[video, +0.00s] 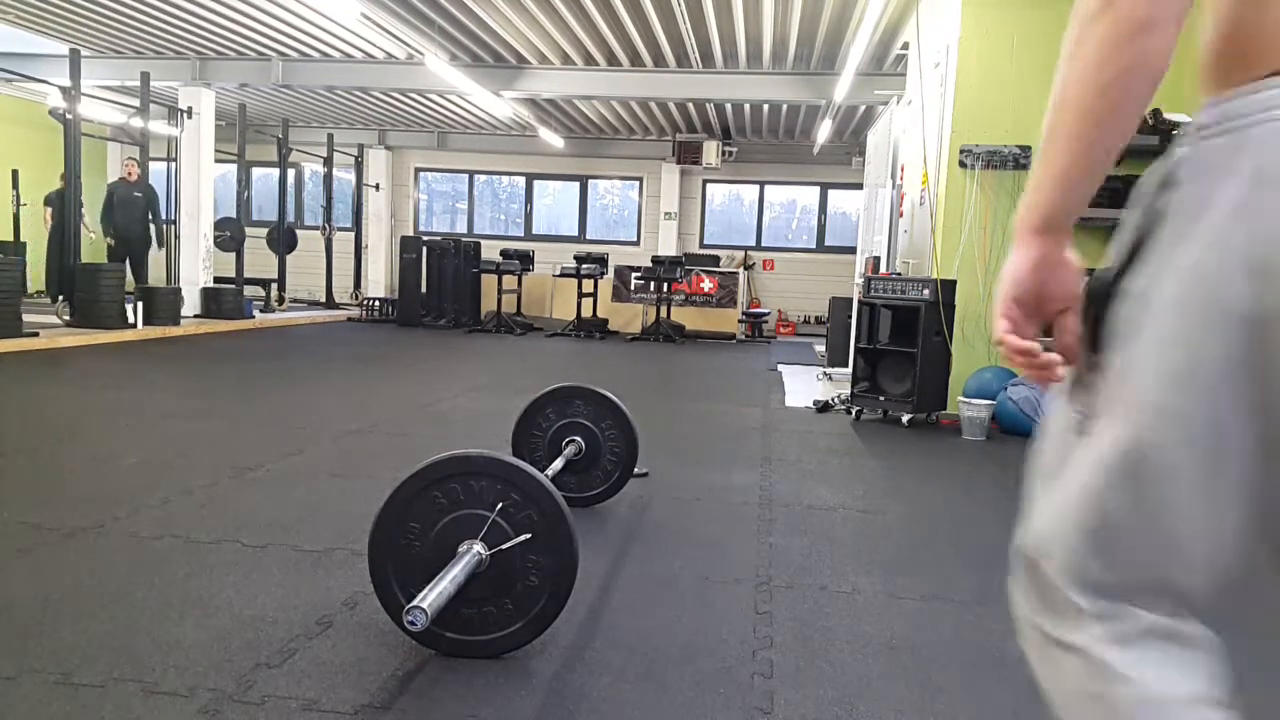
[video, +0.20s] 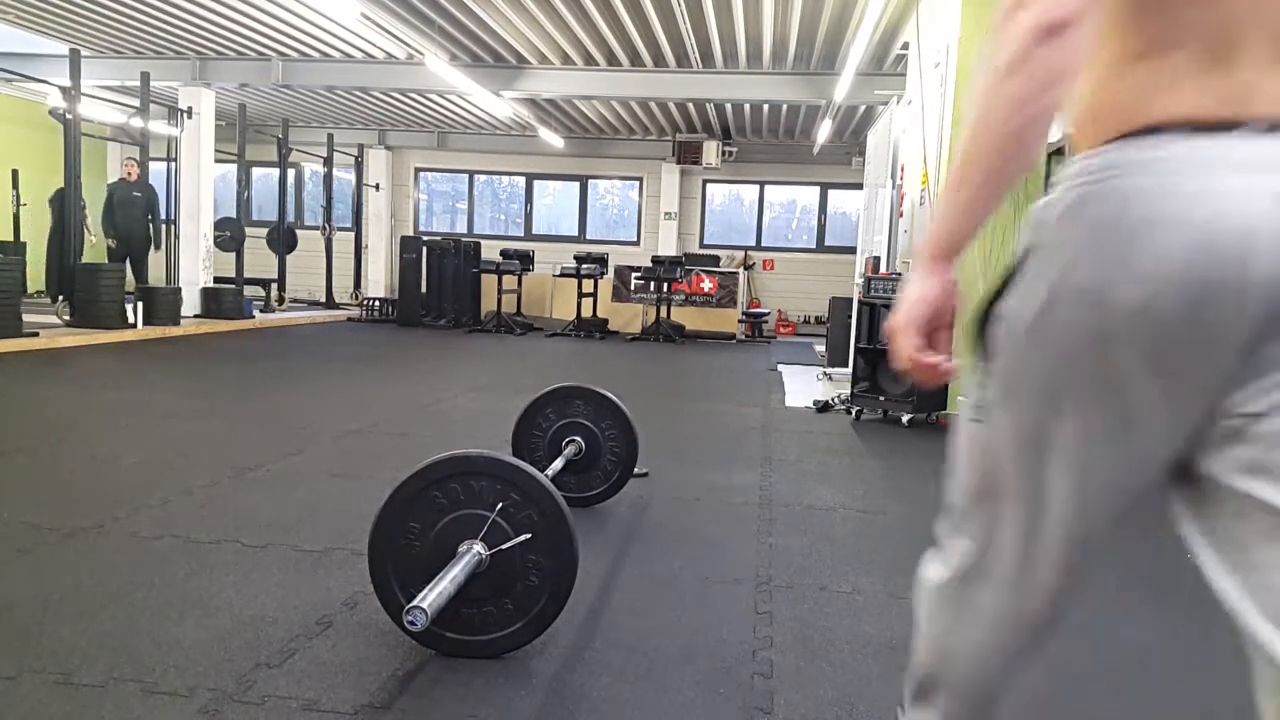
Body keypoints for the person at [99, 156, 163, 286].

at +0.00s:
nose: (129, 169)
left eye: (133, 166)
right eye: (126, 166)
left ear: (138, 169)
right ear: (122, 169)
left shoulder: (147, 189)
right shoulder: (114, 187)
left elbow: (156, 215)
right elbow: (105, 214)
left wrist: (160, 238)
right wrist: (107, 234)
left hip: (139, 242)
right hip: (117, 241)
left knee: (141, 281)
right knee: (115, 280)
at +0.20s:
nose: (129, 169)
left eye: (132, 166)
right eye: (126, 166)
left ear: (138, 169)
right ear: (122, 169)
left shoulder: (148, 189)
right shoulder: (114, 188)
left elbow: (155, 216)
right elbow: (106, 214)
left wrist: (157, 240)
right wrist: (108, 235)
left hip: (139, 242)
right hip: (117, 241)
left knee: (141, 281)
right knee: (115, 280)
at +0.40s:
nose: (124, 169)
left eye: (128, 166)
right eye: (121, 166)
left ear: (135, 169)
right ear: (118, 168)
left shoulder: (145, 189)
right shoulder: (112, 188)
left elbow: (150, 216)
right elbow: (104, 214)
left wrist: (145, 240)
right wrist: (102, 237)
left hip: (137, 243)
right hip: (115, 242)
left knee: (141, 283)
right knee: (113, 282)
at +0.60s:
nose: (118, 169)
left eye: (122, 166)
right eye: (117, 166)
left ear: (130, 169)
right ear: (114, 169)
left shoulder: (140, 188)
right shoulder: (110, 188)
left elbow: (144, 217)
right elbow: (102, 214)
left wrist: (139, 242)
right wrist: (98, 237)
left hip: (134, 242)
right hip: (112, 242)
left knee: (140, 283)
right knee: (114, 280)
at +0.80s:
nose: (109, 168)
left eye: (112, 165)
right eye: (109, 165)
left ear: (122, 168)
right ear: (109, 168)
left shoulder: (132, 187)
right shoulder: (104, 188)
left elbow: (135, 215)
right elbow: (95, 212)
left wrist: (123, 237)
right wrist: (93, 235)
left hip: (123, 238)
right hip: (104, 238)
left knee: (126, 273)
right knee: (106, 273)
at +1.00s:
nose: (105, 169)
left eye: (109, 166)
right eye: (105, 166)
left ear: (119, 168)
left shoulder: (126, 185)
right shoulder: (105, 187)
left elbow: (128, 209)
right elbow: (94, 214)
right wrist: (89, 238)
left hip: (119, 238)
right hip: (102, 237)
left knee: (115, 273)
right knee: (102, 273)